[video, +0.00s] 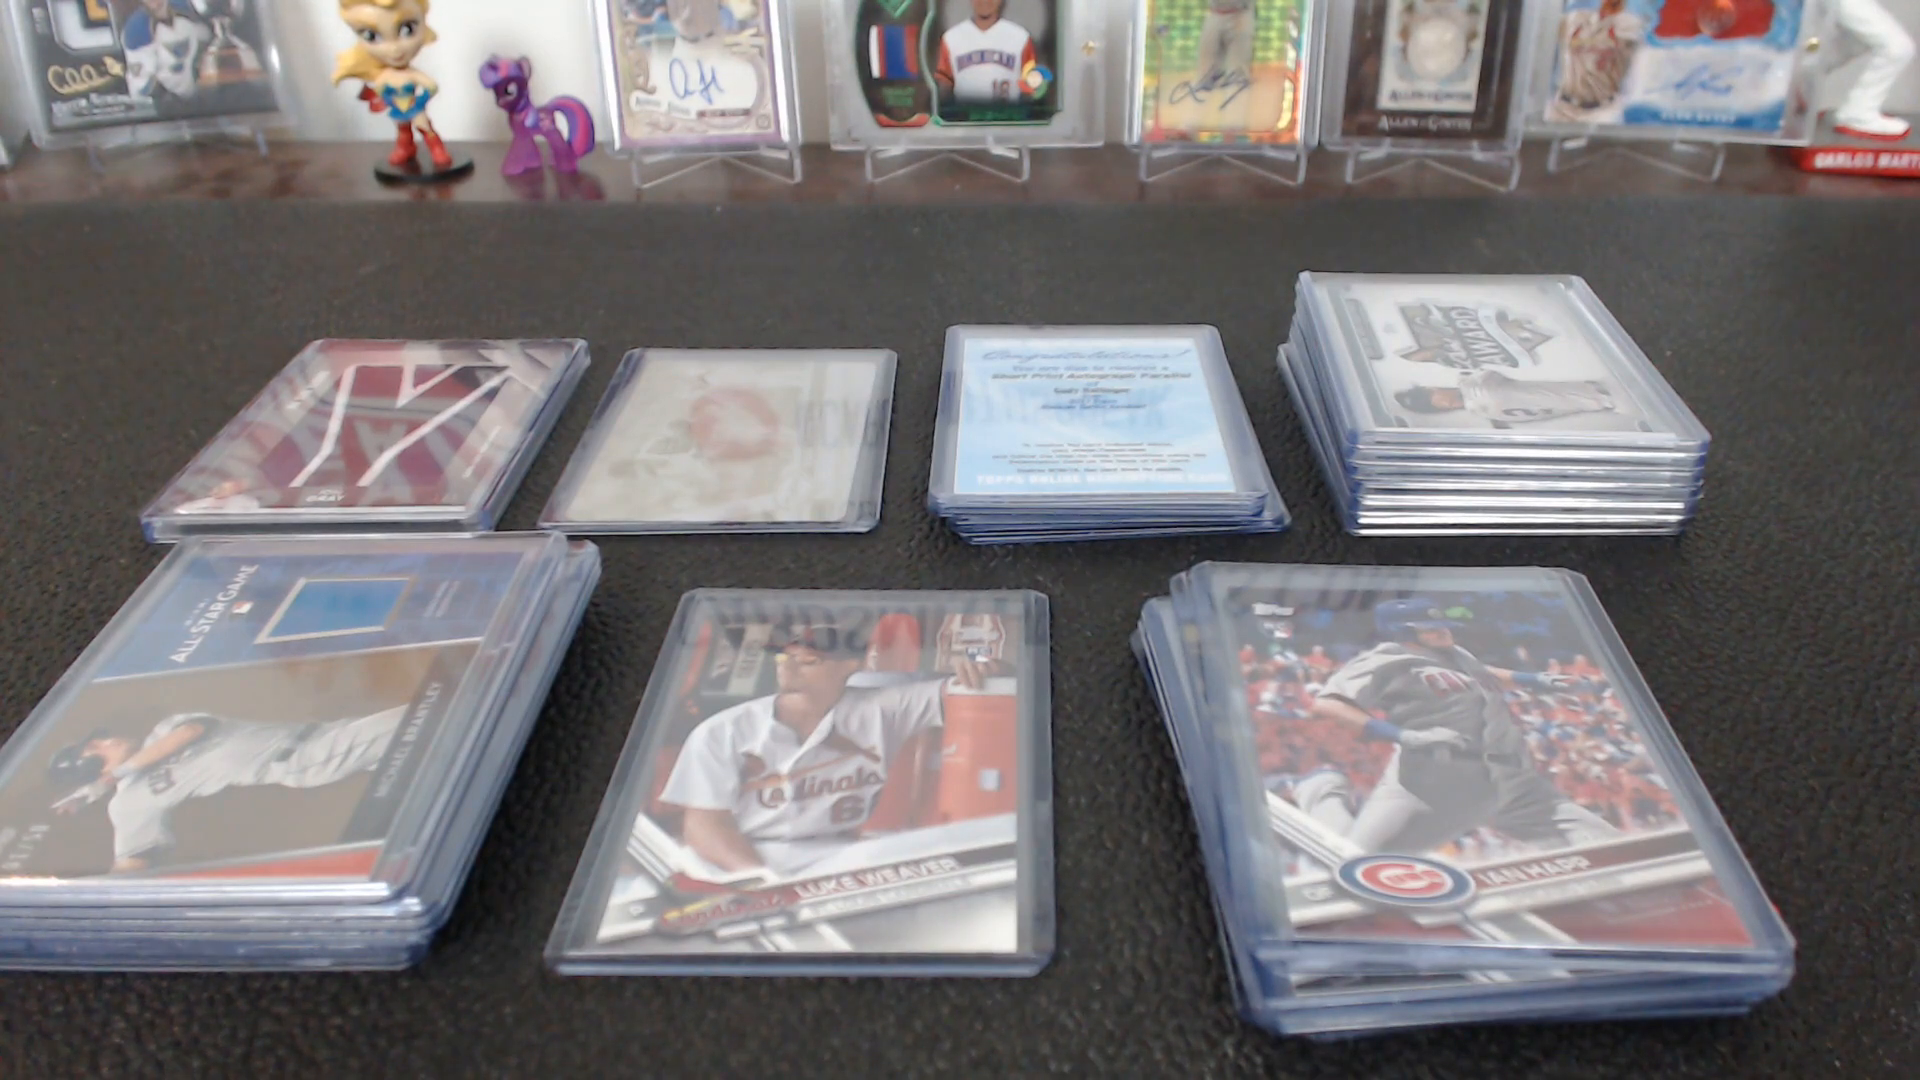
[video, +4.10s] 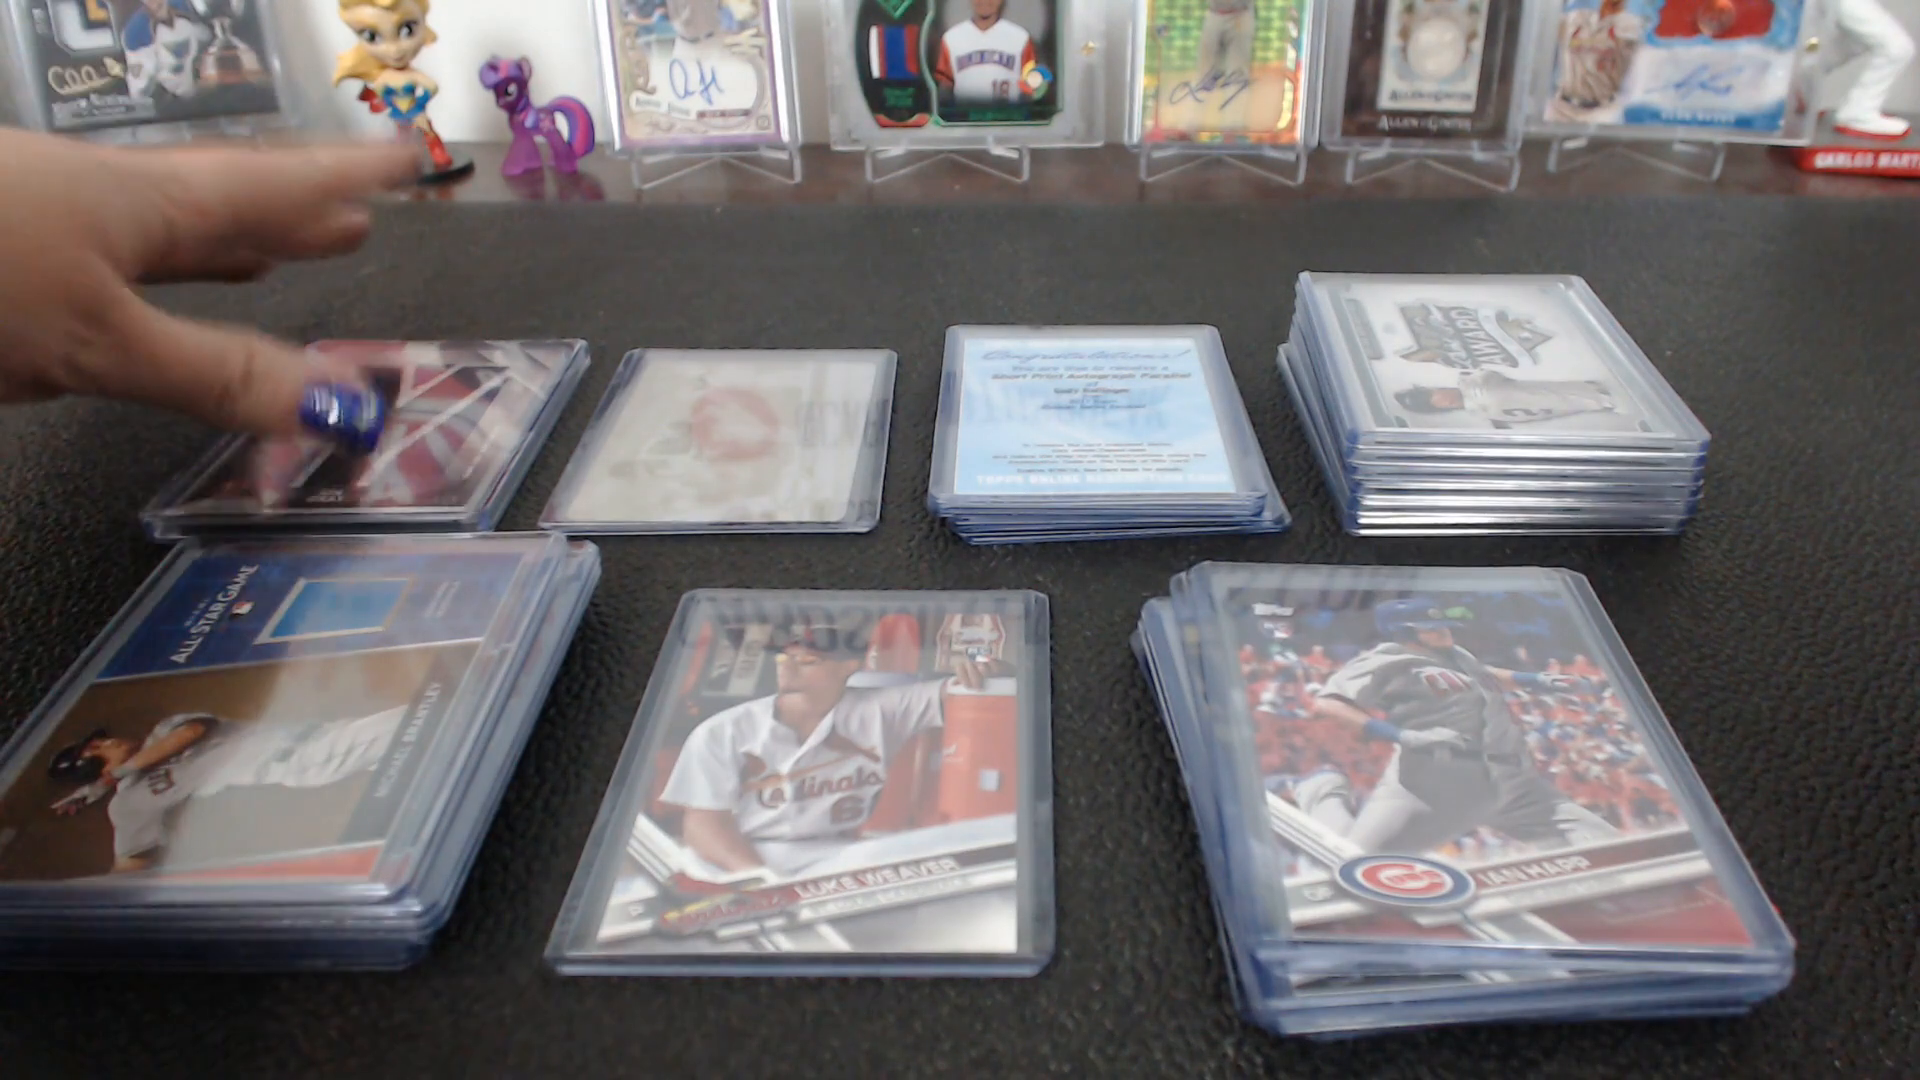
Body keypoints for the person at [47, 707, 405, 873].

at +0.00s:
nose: (110, 740)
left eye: (99, 739)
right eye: (100, 746)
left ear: (107, 742)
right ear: (100, 770)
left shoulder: (159, 727)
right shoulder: (131, 800)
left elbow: (192, 732)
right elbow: (130, 870)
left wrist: (115, 776)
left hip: (310, 732)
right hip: (298, 760)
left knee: (414, 721)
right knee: (412, 717)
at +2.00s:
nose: (111, 740)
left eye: (101, 739)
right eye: (101, 747)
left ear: (108, 742)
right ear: (100, 771)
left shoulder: (161, 729)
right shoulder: (131, 799)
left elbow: (193, 732)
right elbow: (129, 871)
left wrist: (119, 773)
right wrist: (82, 899)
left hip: (312, 733)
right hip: (299, 760)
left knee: (416, 722)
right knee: (414, 718)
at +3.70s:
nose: (109, 751)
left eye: (98, 747)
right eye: (99, 760)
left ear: (108, 736)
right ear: (100, 776)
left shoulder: (160, 727)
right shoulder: (131, 801)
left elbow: (191, 733)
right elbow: (128, 872)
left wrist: (117, 775)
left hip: (305, 735)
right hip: (291, 768)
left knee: (412, 719)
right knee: (408, 721)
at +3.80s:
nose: (104, 771)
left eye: (98, 758)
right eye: (94, 774)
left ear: (112, 741)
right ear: (96, 786)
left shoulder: (161, 731)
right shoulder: (130, 802)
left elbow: (193, 732)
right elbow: (130, 871)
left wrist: (124, 770)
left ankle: (418, 715)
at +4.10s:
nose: (115, 741)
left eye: (106, 739)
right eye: (104, 744)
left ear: (109, 742)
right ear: (100, 764)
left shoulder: (163, 727)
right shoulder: (129, 802)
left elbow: (196, 731)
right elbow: (129, 872)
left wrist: (115, 777)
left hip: (294, 736)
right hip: (277, 774)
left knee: (407, 721)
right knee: (399, 726)